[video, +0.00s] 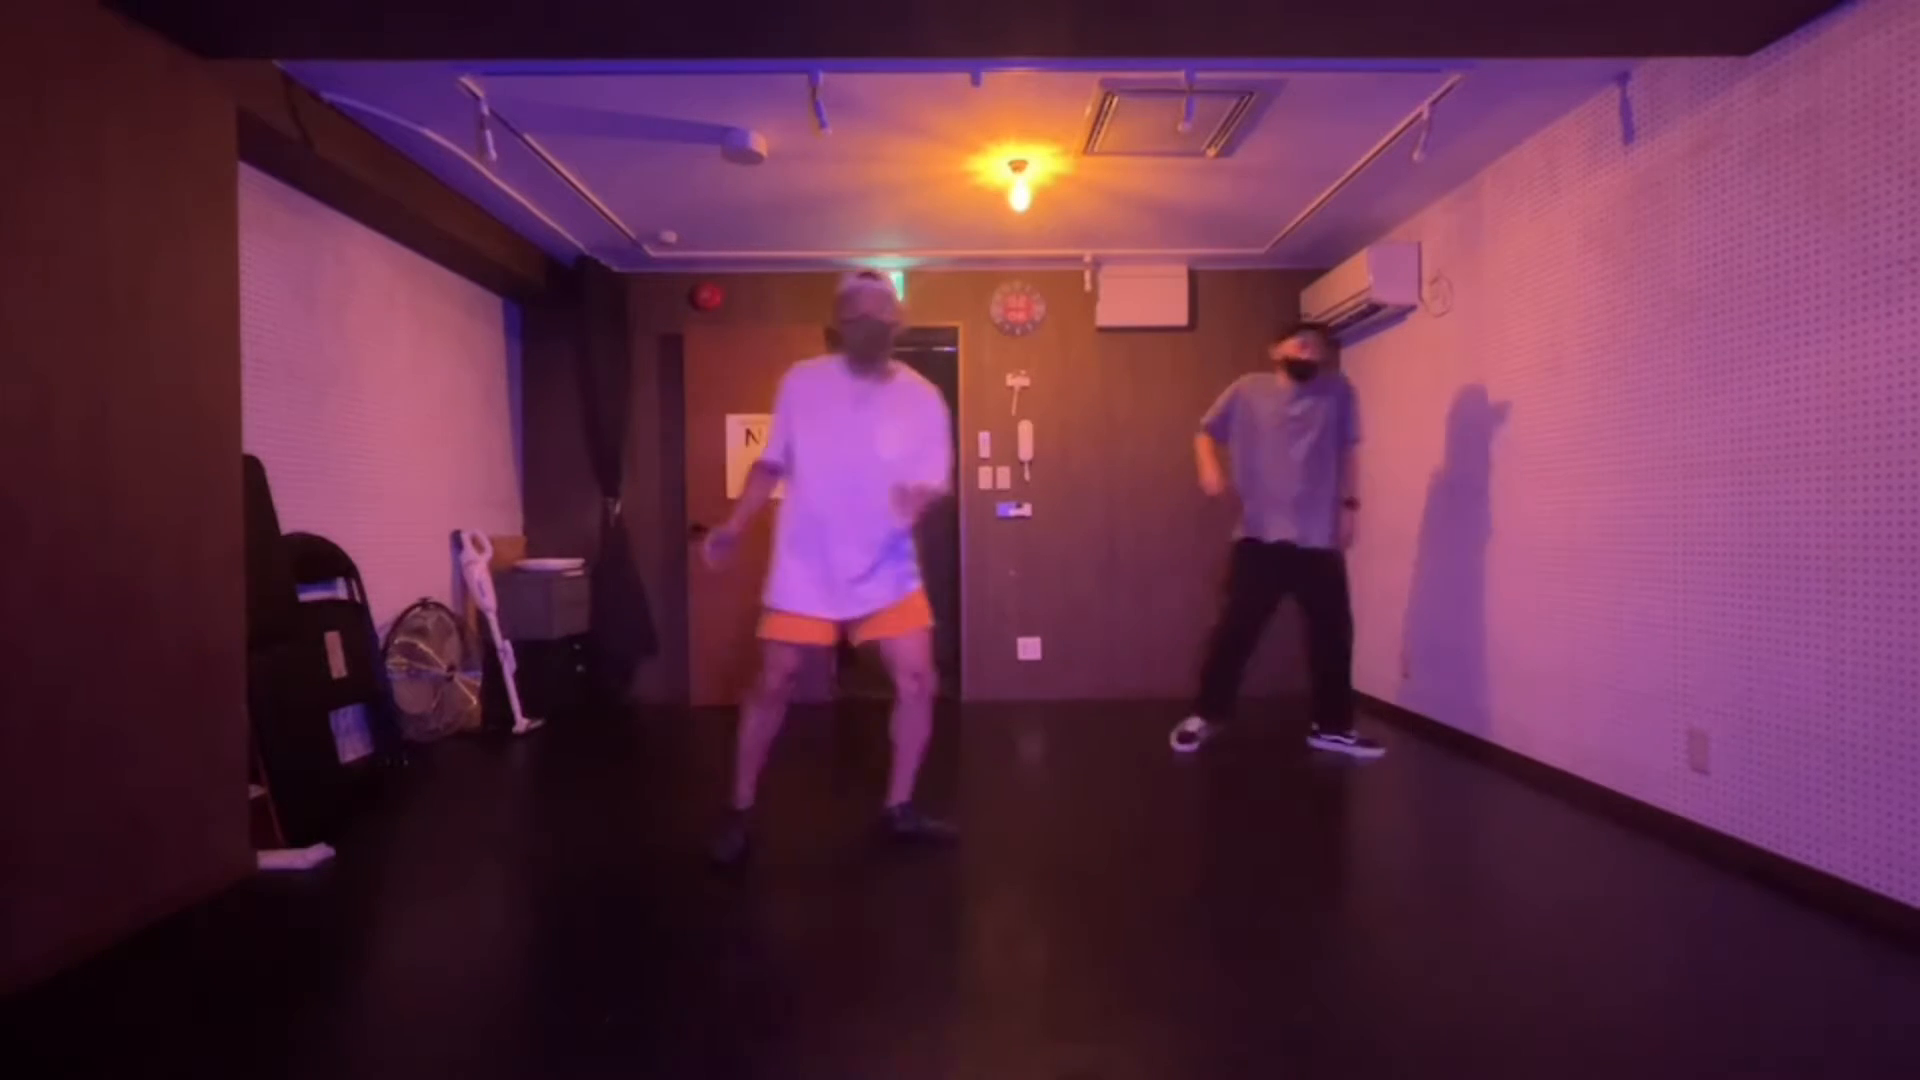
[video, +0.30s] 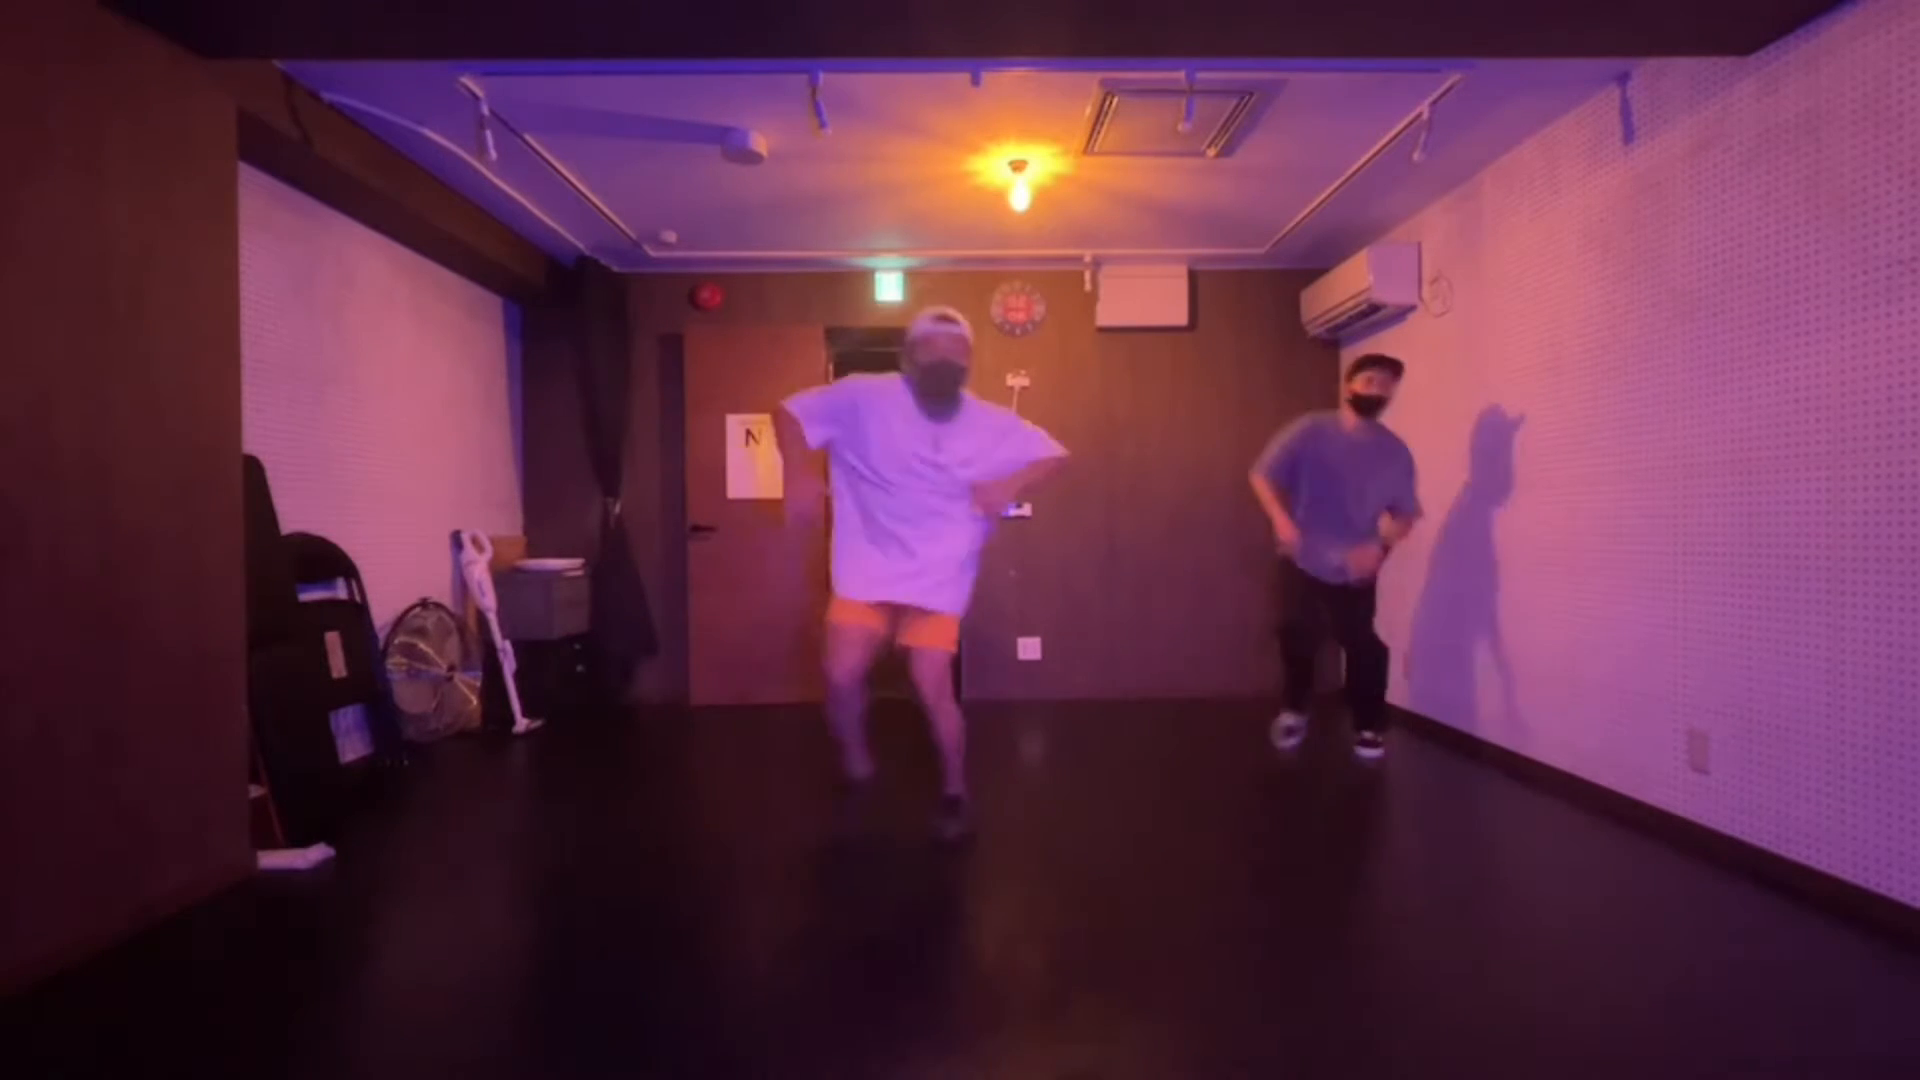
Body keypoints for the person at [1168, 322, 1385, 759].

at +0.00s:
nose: (1302, 364)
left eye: (1312, 358)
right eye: (1296, 354)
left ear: (1325, 362)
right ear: (1278, 354)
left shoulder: (1336, 395)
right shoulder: (1249, 390)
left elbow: (1347, 452)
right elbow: (1206, 431)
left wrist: (1348, 506)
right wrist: (1210, 472)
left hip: (1318, 543)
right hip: (1261, 541)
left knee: (1333, 639)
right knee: (1234, 632)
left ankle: (1331, 727)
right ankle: (1205, 716)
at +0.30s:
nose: (1374, 391)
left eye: (1384, 385)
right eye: (1368, 381)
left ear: (1391, 395)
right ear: (1349, 384)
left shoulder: (1393, 451)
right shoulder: (1311, 430)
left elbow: (1405, 513)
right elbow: (1261, 474)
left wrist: (1378, 549)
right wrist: (1283, 523)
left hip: (1354, 572)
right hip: (1303, 565)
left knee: (1363, 648)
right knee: (1296, 638)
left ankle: (1368, 726)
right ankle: (1294, 710)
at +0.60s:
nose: (1395, 382)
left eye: (1404, 377)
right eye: (1386, 374)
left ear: (1410, 388)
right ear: (1367, 381)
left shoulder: (1403, 444)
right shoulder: (1344, 423)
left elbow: (1398, 511)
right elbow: (1316, 487)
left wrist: (1393, 463)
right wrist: (1330, 547)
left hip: (1376, 564)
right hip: (1329, 560)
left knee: (1396, 644)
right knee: (1332, 641)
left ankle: (1376, 725)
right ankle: (1334, 704)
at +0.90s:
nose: (1384, 373)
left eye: (1390, 365)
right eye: (1375, 365)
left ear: (1398, 367)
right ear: (1355, 368)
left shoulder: (1412, 402)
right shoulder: (1333, 412)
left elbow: (1452, 440)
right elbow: (1313, 474)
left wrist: (1430, 447)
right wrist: (1371, 511)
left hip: (1389, 549)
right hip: (1339, 548)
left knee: (1394, 645)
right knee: (1346, 640)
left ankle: (1381, 726)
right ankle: (1332, 681)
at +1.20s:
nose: (1333, 385)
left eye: (1338, 376)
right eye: (1322, 378)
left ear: (1347, 378)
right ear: (1302, 387)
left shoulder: (1376, 415)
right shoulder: (1294, 448)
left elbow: (1413, 469)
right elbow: (1296, 510)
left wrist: (1442, 520)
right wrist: (1347, 502)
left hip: (1397, 551)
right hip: (1343, 554)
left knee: (1402, 646)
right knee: (1339, 637)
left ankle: (1384, 726)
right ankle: (1324, 729)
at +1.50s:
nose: (1325, 360)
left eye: (1330, 352)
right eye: (1315, 352)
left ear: (1339, 353)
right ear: (1295, 356)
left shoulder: (1359, 386)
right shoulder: (1272, 401)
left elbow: (1400, 423)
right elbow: (1258, 458)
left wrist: (1389, 469)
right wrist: (1319, 466)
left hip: (1355, 539)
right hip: (1301, 543)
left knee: (1367, 633)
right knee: (1308, 642)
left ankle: (1374, 709)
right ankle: (1316, 731)